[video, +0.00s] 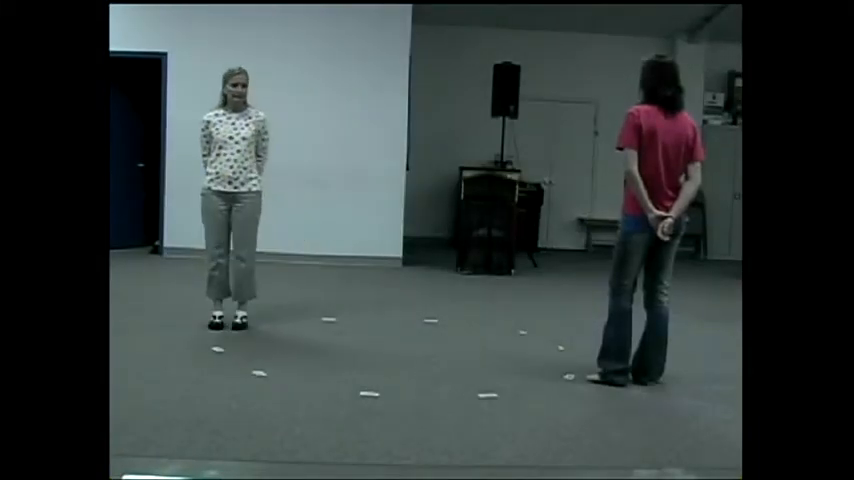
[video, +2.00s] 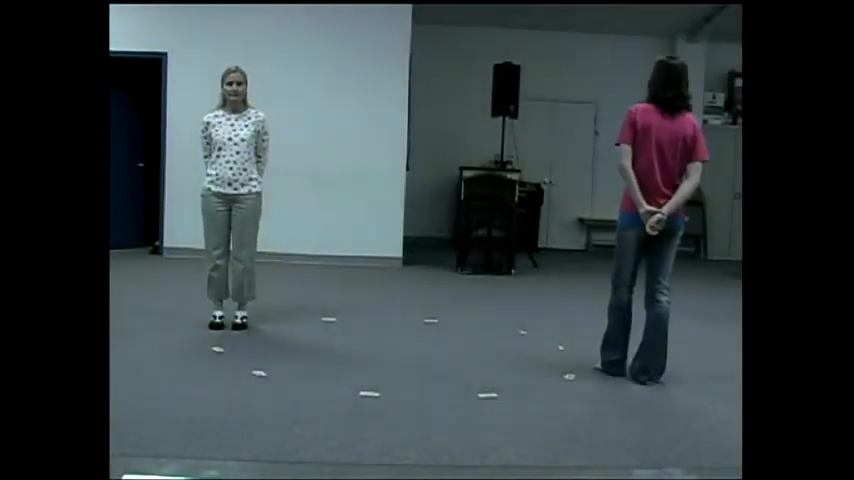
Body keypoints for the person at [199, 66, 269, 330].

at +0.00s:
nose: (239, 90)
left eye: (243, 86)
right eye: (234, 85)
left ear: (248, 89)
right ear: (224, 88)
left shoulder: (258, 119)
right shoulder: (210, 119)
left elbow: (262, 155)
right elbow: (206, 154)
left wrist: (252, 178)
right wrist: (215, 176)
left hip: (247, 190)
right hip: (215, 189)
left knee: (243, 251)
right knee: (217, 251)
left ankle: (241, 309)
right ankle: (217, 308)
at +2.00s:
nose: (234, 88)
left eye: (239, 84)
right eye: (229, 84)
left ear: (246, 87)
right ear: (222, 88)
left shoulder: (257, 119)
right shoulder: (210, 120)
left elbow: (262, 156)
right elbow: (207, 155)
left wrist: (255, 180)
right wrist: (214, 178)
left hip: (247, 191)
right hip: (215, 191)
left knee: (243, 253)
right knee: (217, 253)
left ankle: (241, 309)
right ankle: (218, 308)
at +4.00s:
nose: (233, 82)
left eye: (238, 78)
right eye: (228, 77)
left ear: (243, 84)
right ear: (217, 81)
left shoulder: (254, 120)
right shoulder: (201, 119)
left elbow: (256, 160)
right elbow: (195, 161)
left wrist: (245, 185)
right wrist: (206, 184)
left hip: (244, 201)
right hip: (209, 201)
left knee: (237, 267)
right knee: (210, 265)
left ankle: (233, 334)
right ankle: (212, 317)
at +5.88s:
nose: (273, 73)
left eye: (274, 68)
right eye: (267, 68)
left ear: (261, 74)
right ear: (247, 73)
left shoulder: (271, 113)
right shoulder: (221, 113)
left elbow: (261, 159)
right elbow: (205, 160)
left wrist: (242, 187)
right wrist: (213, 195)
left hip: (264, 206)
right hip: (226, 205)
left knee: (267, 279)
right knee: (221, 279)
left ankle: (279, 355)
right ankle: (213, 348)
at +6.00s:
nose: (287, 74)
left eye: (286, 68)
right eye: (279, 68)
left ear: (280, 75)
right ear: (258, 74)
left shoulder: (285, 115)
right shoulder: (236, 116)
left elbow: (278, 163)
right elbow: (219, 164)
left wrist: (264, 191)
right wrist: (227, 199)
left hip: (279, 211)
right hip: (241, 210)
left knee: (278, 286)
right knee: (232, 282)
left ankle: (282, 360)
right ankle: (214, 345)